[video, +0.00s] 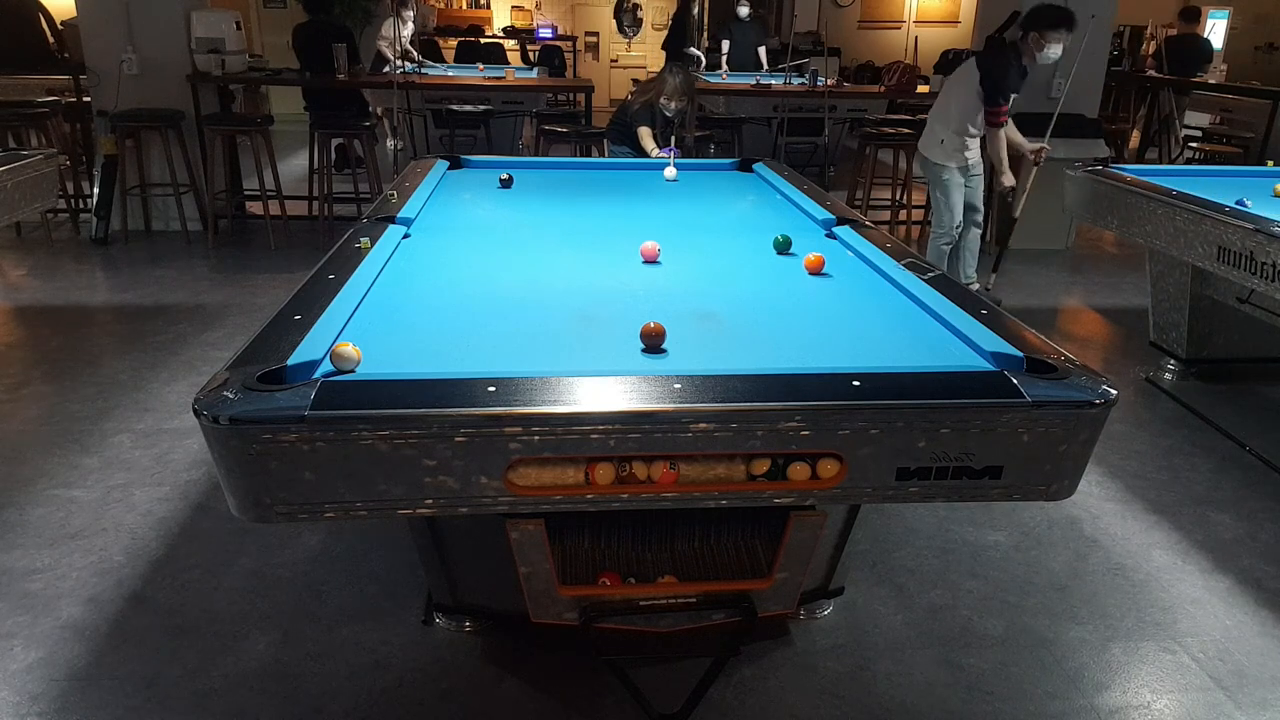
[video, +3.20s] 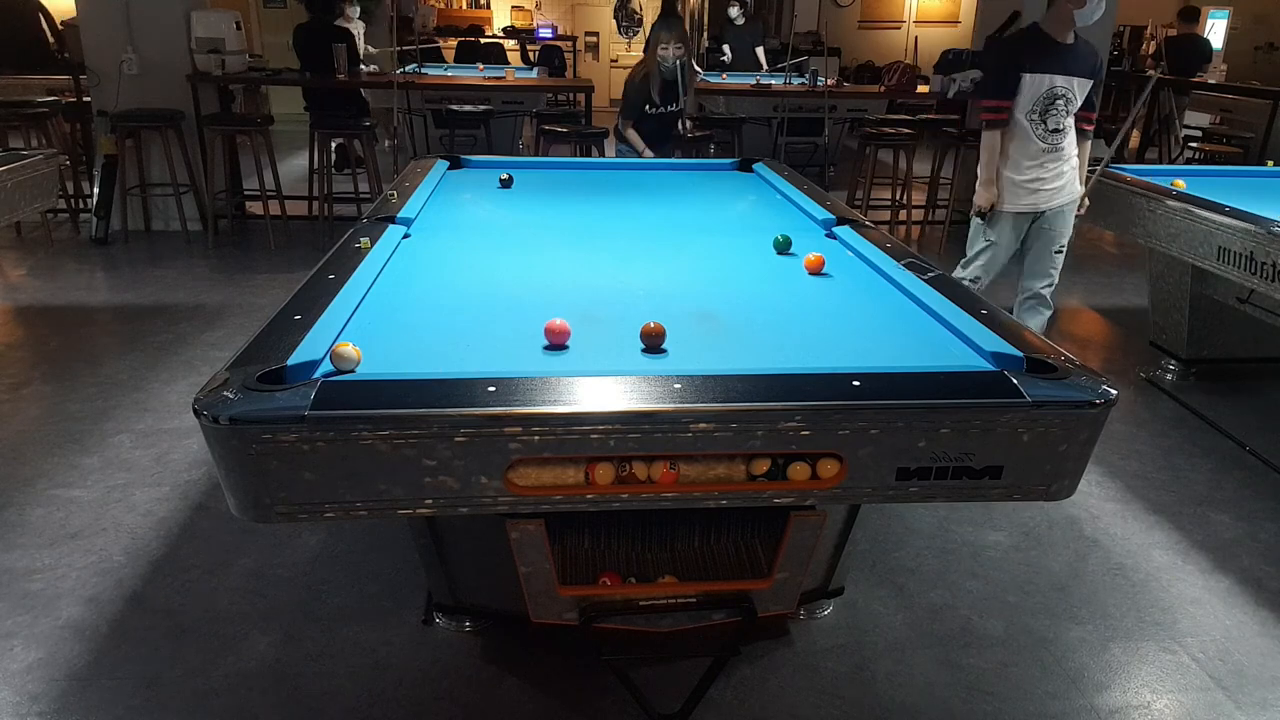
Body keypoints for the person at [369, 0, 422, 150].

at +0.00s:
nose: (410, 14)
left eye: (411, 11)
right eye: (406, 11)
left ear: (413, 11)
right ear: (398, 11)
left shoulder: (410, 26)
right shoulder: (390, 23)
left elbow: (404, 43)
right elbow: (380, 43)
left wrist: (414, 53)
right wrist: (394, 60)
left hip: (397, 64)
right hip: (382, 65)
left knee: (394, 104)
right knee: (384, 106)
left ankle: (395, 135)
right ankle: (390, 138)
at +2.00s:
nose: (409, 14)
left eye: (411, 11)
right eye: (406, 11)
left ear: (413, 11)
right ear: (398, 11)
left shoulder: (410, 27)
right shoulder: (390, 21)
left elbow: (404, 45)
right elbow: (380, 42)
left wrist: (414, 54)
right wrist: (392, 60)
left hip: (398, 67)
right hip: (381, 68)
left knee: (396, 105)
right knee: (385, 106)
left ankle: (396, 135)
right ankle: (389, 138)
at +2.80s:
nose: (390, 7)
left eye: (392, 4)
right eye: (386, 4)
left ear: (394, 5)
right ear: (380, 6)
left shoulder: (397, 21)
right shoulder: (374, 20)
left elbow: (396, 41)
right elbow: (374, 45)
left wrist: (401, 47)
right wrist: (391, 61)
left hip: (392, 61)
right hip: (377, 62)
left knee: (392, 100)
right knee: (380, 101)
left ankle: (394, 135)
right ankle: (389, 136)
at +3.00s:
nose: (378, 6)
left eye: (379, 3)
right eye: (374, 3)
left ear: (381, 5)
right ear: (367, 6)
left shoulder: (383, 21)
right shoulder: (361, 21)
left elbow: (381, 41)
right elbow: (362, 47)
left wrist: (392, 49)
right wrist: (380, 61)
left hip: (381, 64)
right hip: (367, 65)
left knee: (386, 102)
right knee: (375, 103)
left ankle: (390, 136)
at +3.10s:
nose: (366, 7)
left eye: (368, 4)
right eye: (362, 4)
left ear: (371, 6)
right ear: (355, 5)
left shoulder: (372, 23)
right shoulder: (351, 23)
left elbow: (370, 43)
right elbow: (355, 52)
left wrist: (378, 47)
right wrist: (373, 65)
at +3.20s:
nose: (355, 9)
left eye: (357, 6)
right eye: (351, 6)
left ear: (360, 7)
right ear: (344, 7)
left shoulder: (361, 25)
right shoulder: (338, 26)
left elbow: (359, 44)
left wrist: (366, 48)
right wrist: (363, 67)